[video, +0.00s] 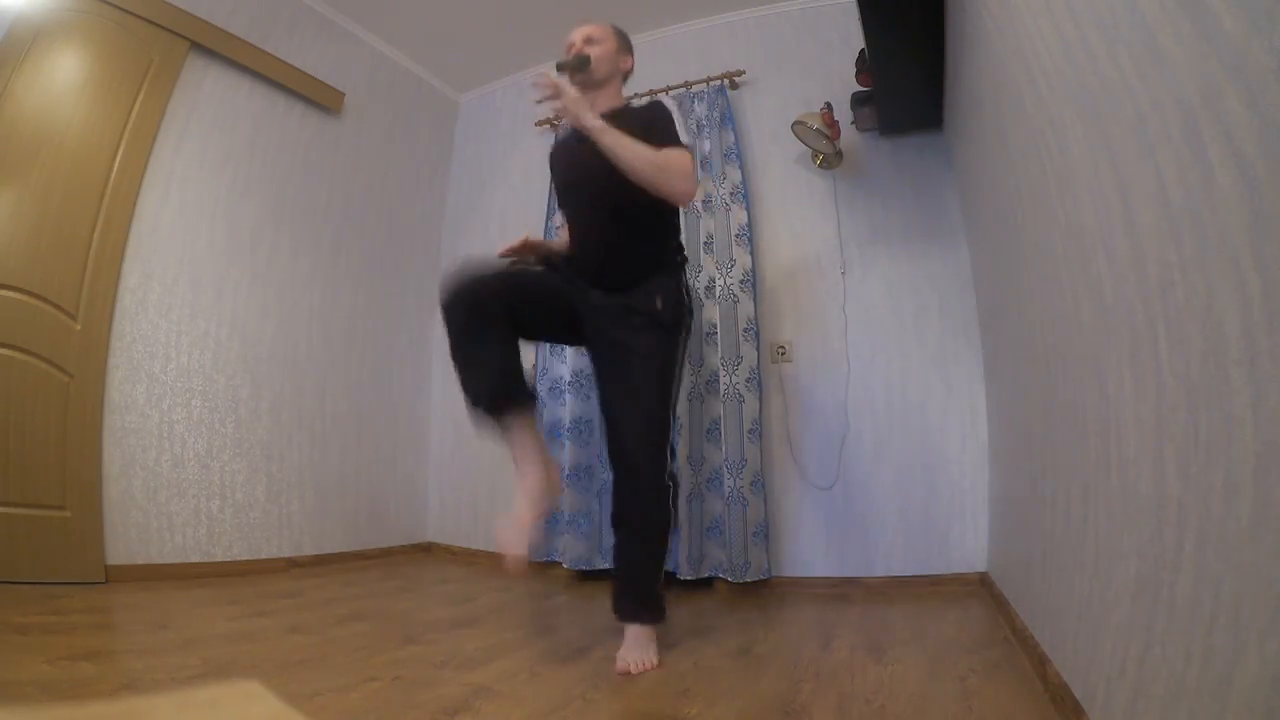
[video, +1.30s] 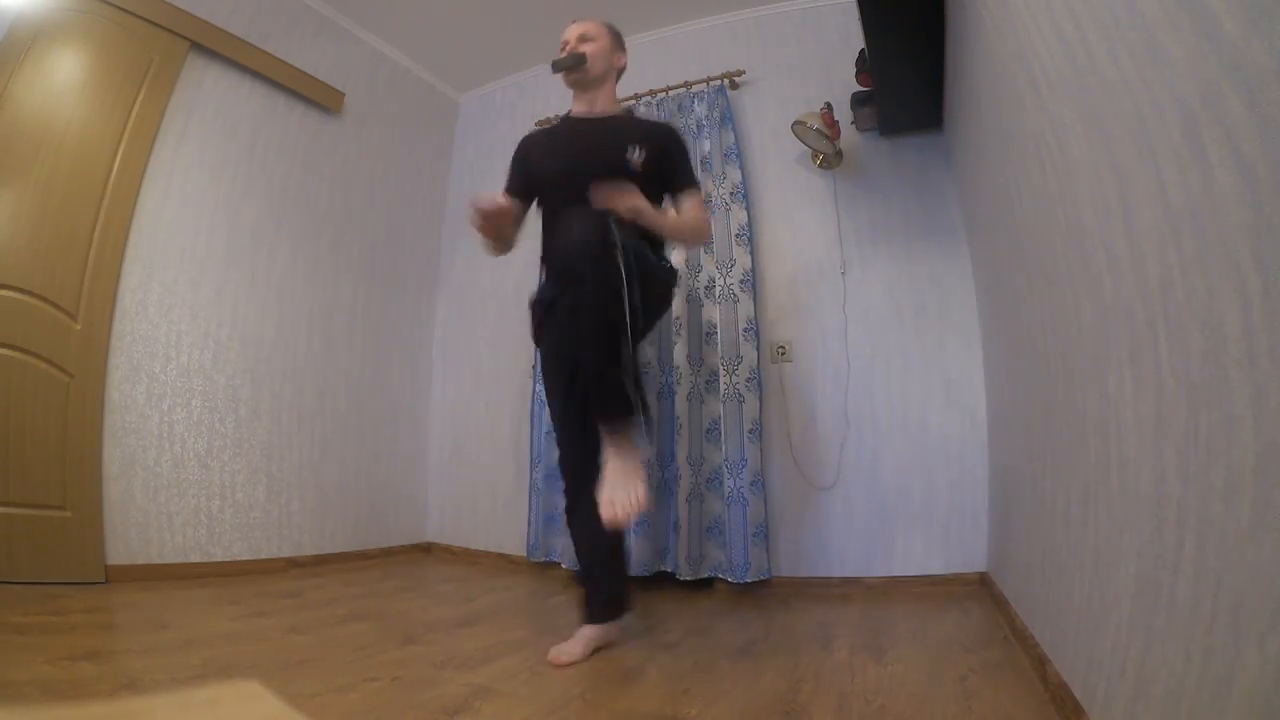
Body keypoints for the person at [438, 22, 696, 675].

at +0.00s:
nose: (574, 51)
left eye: (590, 42)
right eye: (568, 47)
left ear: (626, 62)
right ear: (561, 69)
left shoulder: (650, 117)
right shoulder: (566, 149)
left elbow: (682, 185)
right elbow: (583, 247)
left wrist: (592, 121)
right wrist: (541, 249)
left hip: (644, 304)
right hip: (579, 294)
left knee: (638, 460)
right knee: (470, 294)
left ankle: (639, 619)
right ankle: (534, 468)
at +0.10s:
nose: (579, 30)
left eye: (594, 22)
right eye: (572, 27)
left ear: (626, 44)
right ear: (565, 53)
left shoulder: (660, 107)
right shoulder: (554, 123)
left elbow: (706, 188)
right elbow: (551, 196)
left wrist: (613, 142)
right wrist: (542, 224)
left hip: (642, 268)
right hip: (570, 274)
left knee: (625, 396)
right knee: (535, 425)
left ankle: (638, 571)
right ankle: (581, 574)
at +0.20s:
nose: (581, 43)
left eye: (597, 36)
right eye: (573, 40)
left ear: (628, 61)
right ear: (565, 69)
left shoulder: (662, 139)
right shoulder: (543, 143)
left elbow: (703, 229)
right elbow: (500, 243)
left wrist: (652, 218)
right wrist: (491, 226)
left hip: (649, 284)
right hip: (574, 295)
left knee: (604, 248)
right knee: (589, 455)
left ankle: (637, 444)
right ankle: (615, 606)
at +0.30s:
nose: (573, 38)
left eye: (588, 30)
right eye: (566, 35)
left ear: (621, 51)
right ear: (558, 62)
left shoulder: (660, 123)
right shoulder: (543, 136)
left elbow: (708, 197)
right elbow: (503, 225)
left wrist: (673, 213)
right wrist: (499, 174)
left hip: (650, 279)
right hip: (579, 292)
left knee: (609, 268)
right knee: (579, 445)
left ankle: (626, 468)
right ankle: (594, 601)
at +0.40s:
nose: (568, 32)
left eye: (583, 23)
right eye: (562, 29)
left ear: (618, 45)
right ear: (557, 56)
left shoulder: (655, 104)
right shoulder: (553, 132)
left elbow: (722, 180)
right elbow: (552, 228)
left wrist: (652, 184)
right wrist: (525, 209)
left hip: (652, 271)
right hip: (584, 275)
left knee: (632, 411)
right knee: (500, 375)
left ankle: (644, 586)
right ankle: (562, 525)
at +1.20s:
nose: (574, 31)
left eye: (590, 23)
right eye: (567, 27)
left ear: (620, 45)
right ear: (560, 54)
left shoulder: (653, 108)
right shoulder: (549, 125)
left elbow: (693, 187)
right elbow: (553, 195)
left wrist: (608, 137)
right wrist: (540, 221)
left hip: (638, 263)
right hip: (569, 270)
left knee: (613, 383)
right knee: (516, 410)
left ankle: (640, 559)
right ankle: (570, 567)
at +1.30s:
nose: (571, 44)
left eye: (587, 37)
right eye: (565, 41)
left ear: (620, 59)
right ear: (559, 69)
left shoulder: (655, 137)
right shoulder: (537, 145)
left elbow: (698, 227)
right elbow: (501, 242)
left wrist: (644, 212)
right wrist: (491, 222)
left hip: (639, 288)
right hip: (565, 296)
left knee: (593, 237)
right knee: (579, 456)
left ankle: (619, 437)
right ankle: (603, 613)